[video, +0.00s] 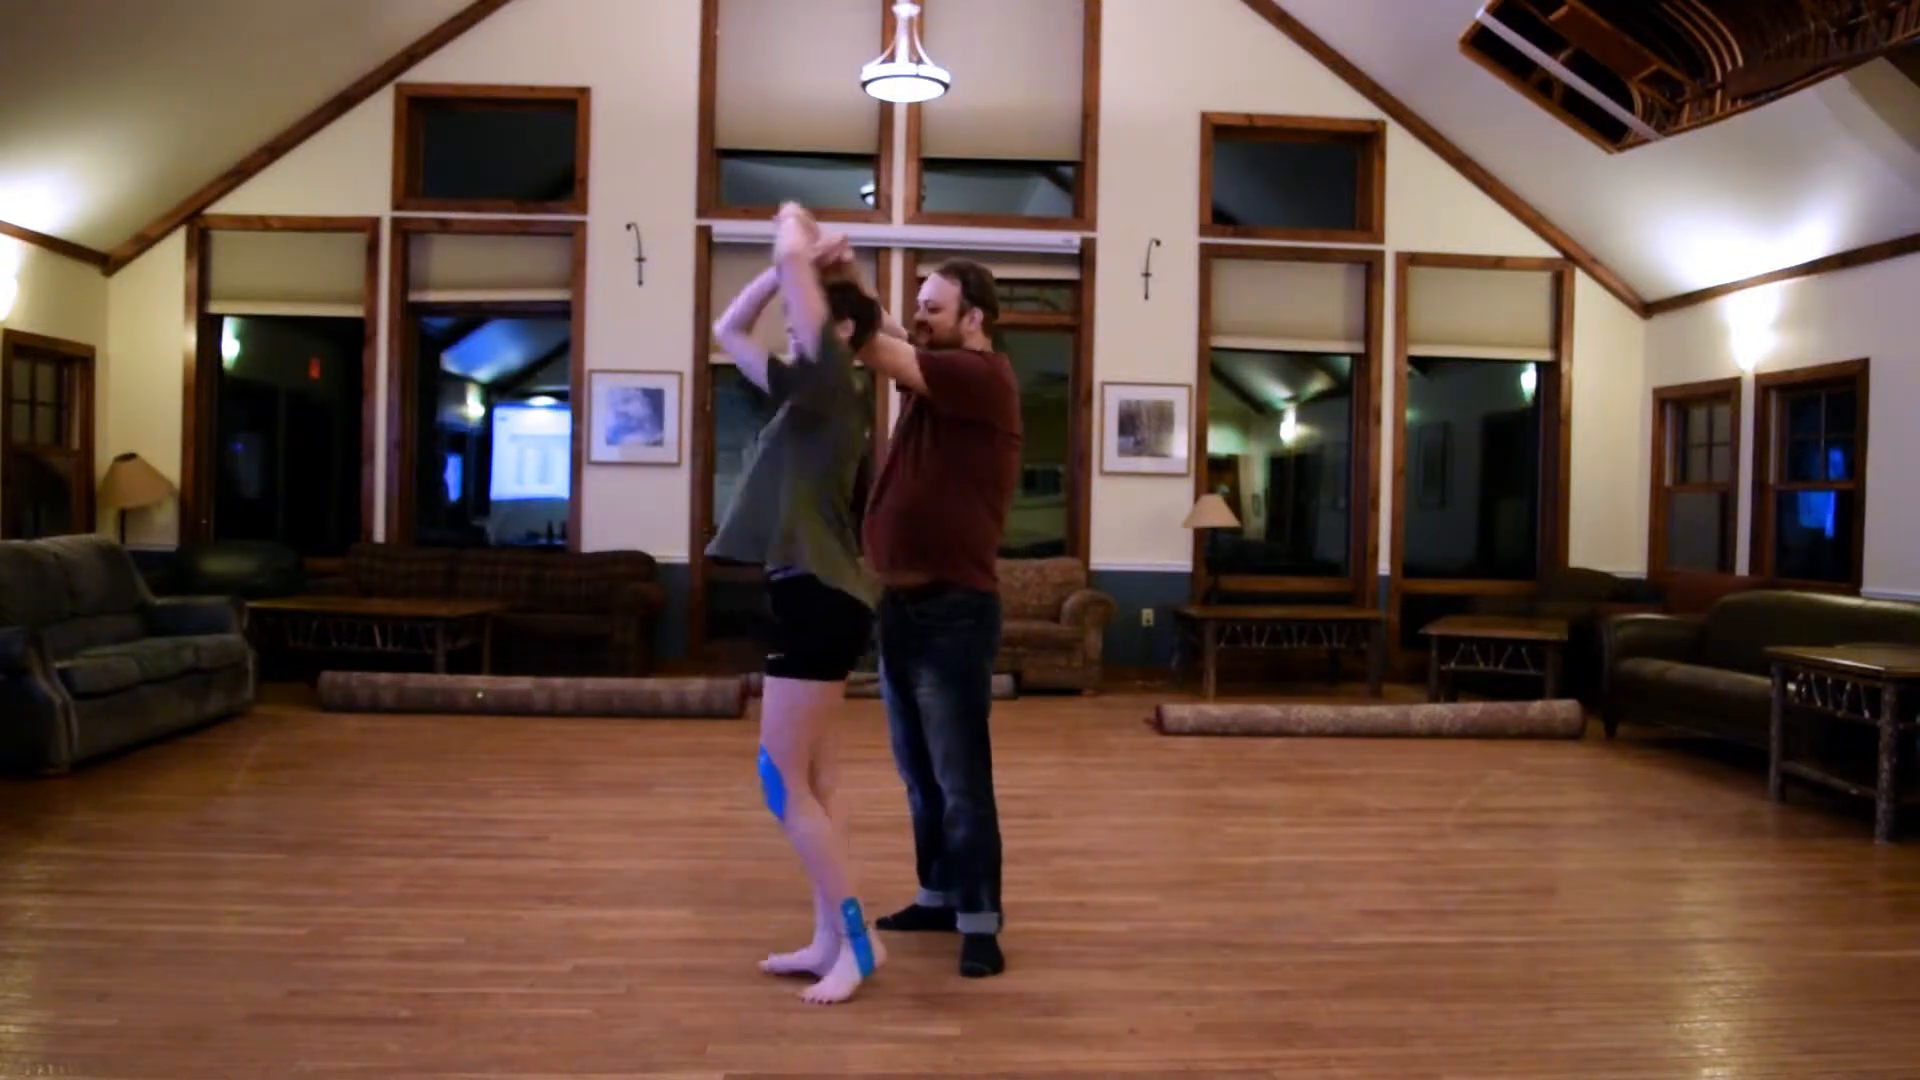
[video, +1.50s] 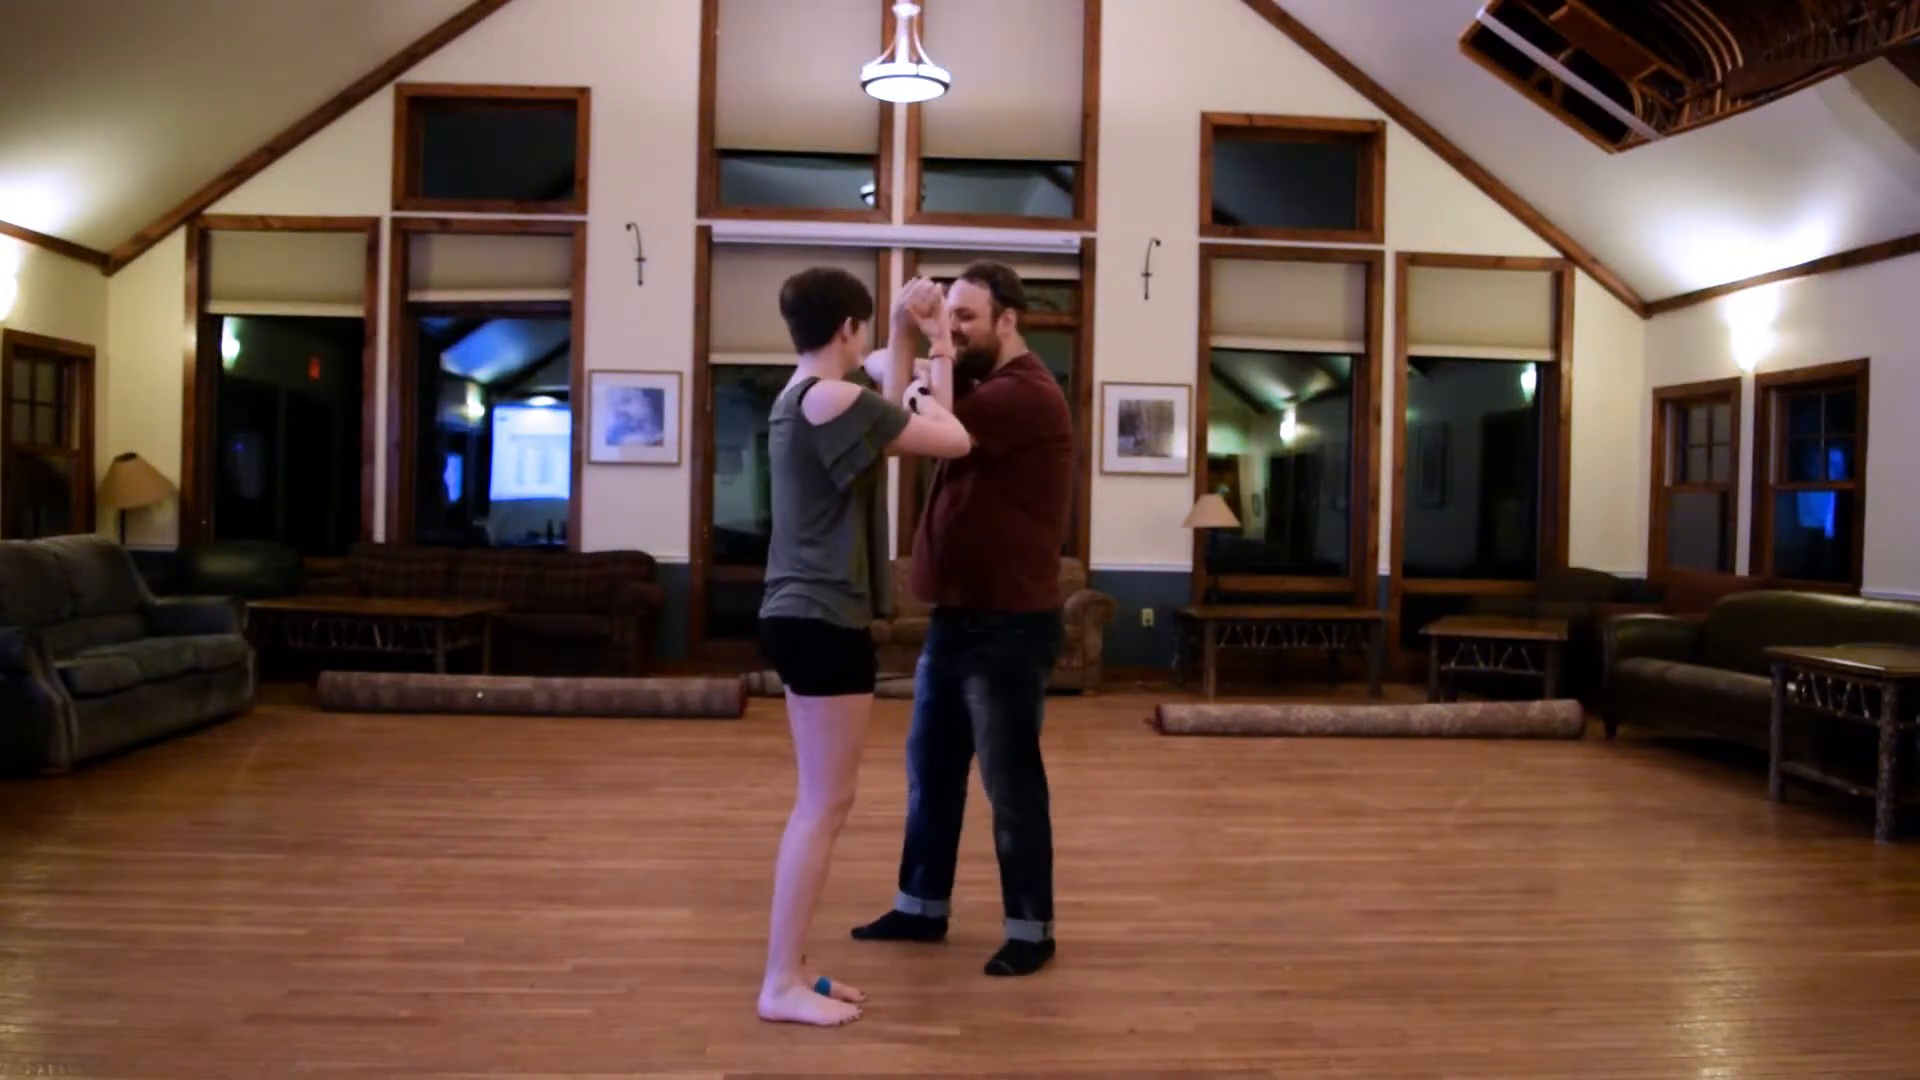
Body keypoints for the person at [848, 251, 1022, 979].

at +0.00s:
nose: (916, 315)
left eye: (931, 305)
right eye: (917, 305)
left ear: (972, 315)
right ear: (931, 315)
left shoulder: (987, 375)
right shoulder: (936, 375)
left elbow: (887, 354)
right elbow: (870, 346)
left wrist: (841, 284)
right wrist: (834, 281)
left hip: (955, 602)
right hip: (904, 599)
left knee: (959, 771)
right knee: (919, 767)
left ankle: (981, 921)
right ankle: (941, 899)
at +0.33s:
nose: (917, 317)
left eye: (933, 304)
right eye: (913, 305)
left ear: (971, 318)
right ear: (910, 317)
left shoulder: (986, 385)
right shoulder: (917, 382)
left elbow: (896, 392)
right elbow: (863, 383)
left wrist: (885, 305)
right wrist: (867, 307)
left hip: (955, 596)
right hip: (902, 593)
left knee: (965, 762)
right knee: (913, 758)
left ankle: (989, 915)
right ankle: (941, 897)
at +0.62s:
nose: (920, 324)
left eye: (935, 312)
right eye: (916, 313)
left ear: (972, 319)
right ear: (913, 319)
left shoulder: (985, 386)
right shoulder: (931, 382)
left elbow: (896, 429)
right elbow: (869, 404)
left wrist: (893, 339)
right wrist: (876, 325)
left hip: (957, 604)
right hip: (904, 600)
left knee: (963, 769)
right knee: (913, 764)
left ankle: (985, 921)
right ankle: (939, 899)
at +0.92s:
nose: (908, 326)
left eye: (923, 313)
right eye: (903, 313)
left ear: (962, 319)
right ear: (904, 318)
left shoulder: (980, 387)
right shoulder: (920, 382)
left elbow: (899, 437)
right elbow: (856, 414)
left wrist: (897, 353)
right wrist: (865, 337)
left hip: (967, 606)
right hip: (906, 604)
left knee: (970, 769)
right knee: (896, 755)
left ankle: (985, 922)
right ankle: (915, 906)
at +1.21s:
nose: (914, 329)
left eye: (930, 317)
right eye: (910, 317)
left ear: (969, 322)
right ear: (908, 323)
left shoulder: (989, 394)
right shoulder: (921, 388)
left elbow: (906, 439)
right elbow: (870, 438)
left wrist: (908, 357)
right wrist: (870, 343)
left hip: (966, 614)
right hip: (905, 611)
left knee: (969, 776)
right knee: (908, 769)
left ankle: (993, 924)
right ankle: (918, 909)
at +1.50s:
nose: (952, 329)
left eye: (967, 316)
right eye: (948, 316)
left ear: (1007, 322)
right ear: (955, 326)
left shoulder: (1029, 392)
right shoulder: (972, 385)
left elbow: (935, 428)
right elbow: (902, 411)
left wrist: (939, 349)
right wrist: (904, 329)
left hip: (1013, 620)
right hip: (956, 615)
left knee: (1010, 779)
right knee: (933, 766)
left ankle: (1030, 930)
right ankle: (921, 910)